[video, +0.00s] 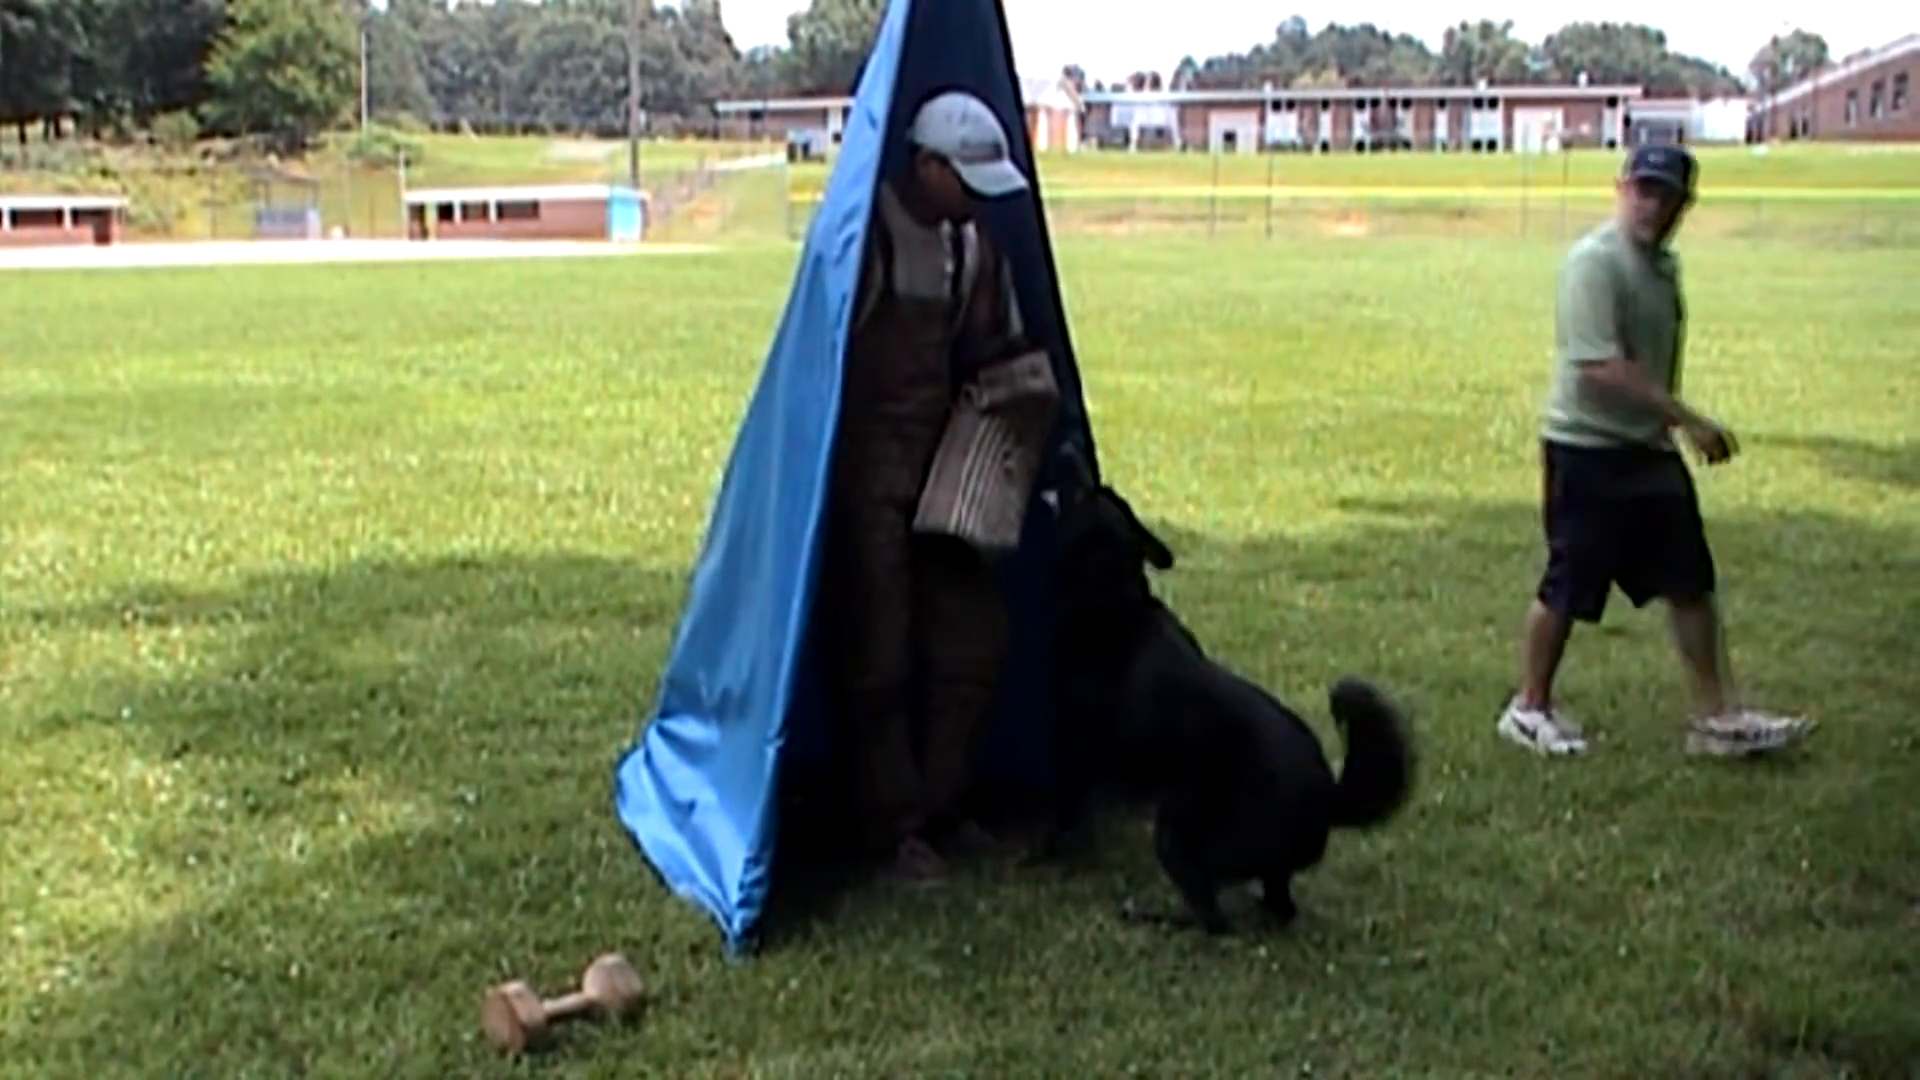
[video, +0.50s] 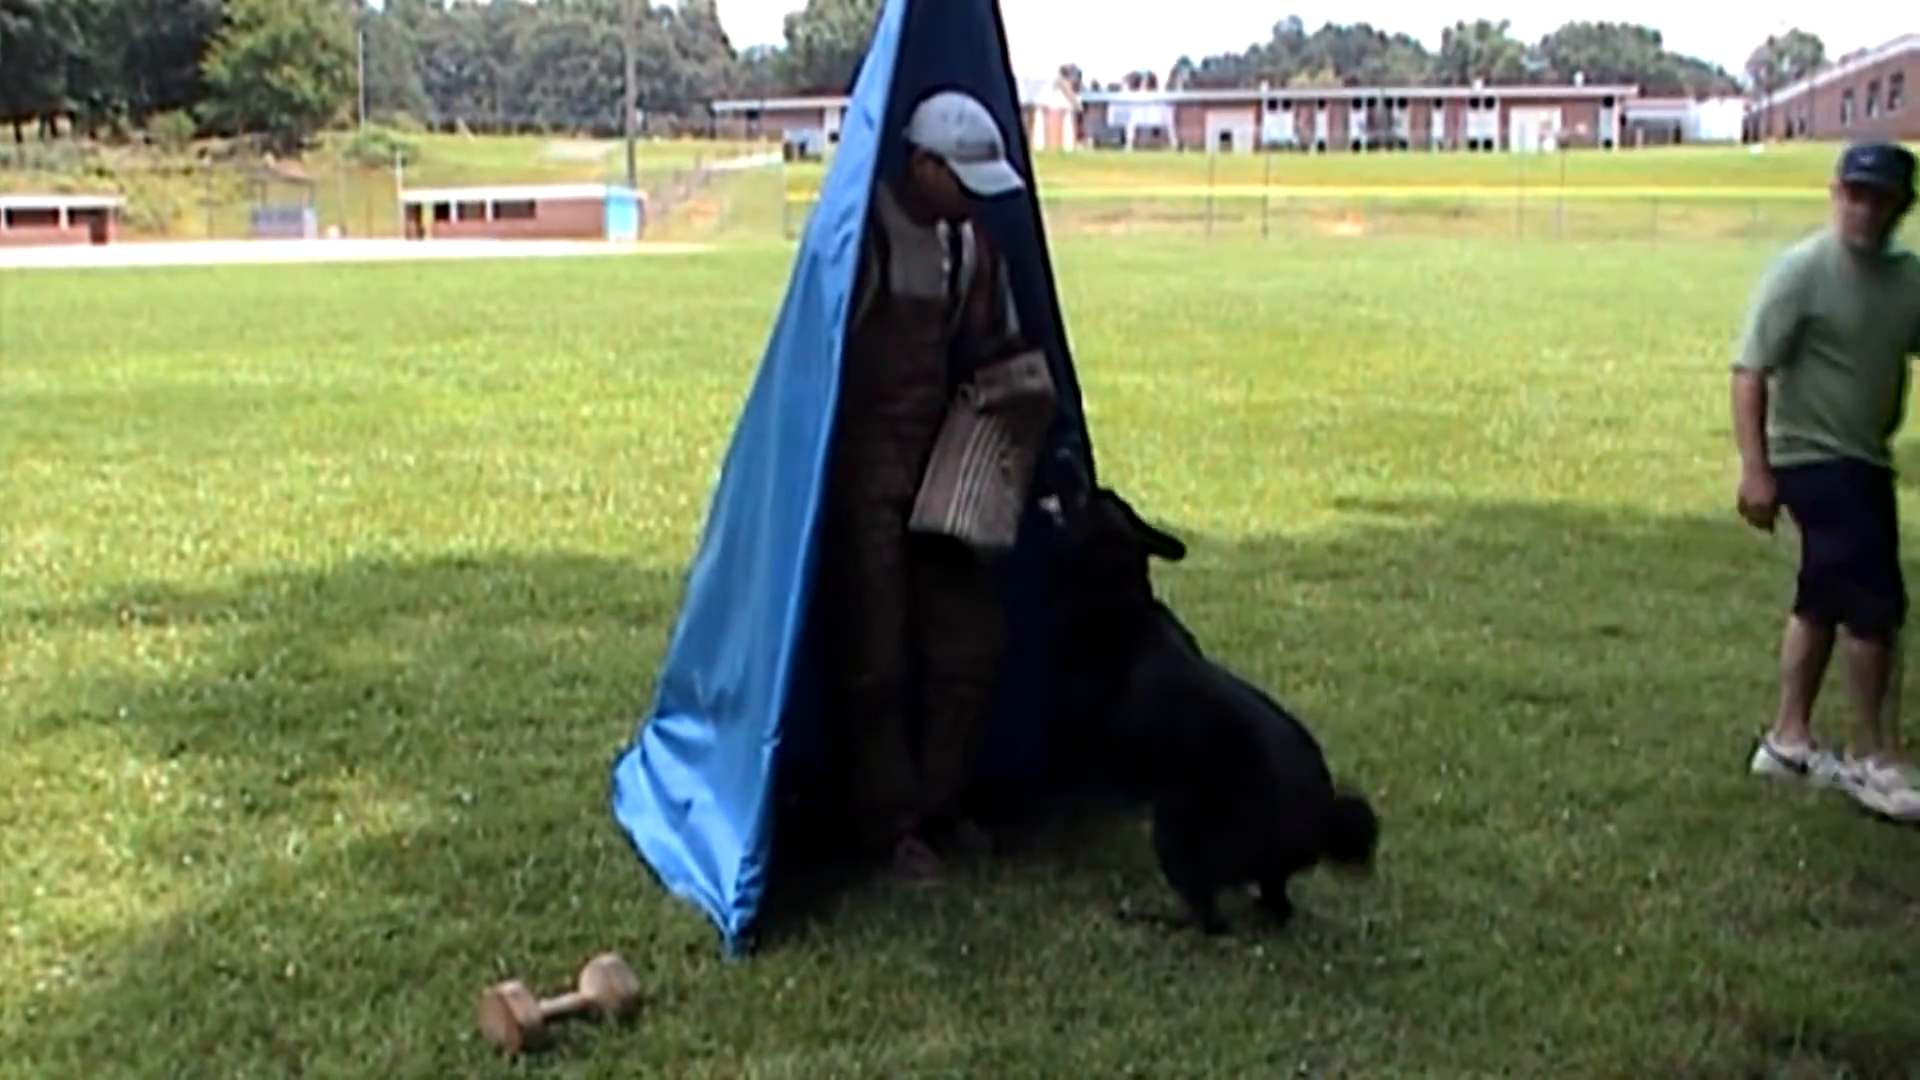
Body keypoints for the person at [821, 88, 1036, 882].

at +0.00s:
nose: (973, 200)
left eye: (981, 186)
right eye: (964, 183)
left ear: (976, 175)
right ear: (923, 165)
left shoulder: (978, 248)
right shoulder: (860, 243)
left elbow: (1002, 359)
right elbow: (820, 366)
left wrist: (1022, 384)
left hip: (957, 482)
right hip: (870, 483)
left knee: (966, 644)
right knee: (883, 656)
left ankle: (946, 811)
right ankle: (894, 829)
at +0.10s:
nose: (973, 200)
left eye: (981, 186)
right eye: (964, 183)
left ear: (976, 175)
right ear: (923, 164)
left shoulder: (978, 248)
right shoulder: (859, 243)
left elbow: (1004, 359)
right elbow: (819, 366)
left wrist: (1021, 384)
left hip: (957, 484)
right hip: (869, 485)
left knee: (966, 645)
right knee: (882, 658)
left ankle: (948, 811)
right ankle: (894, 829)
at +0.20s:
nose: (972, 199)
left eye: (979, 185)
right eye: (963, 182)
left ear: (973, 174)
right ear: (922, 164)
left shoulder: (977, 249)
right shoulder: (859, 243)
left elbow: (1005, 359)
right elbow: (818, 364)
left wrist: (1021, 383)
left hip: (956, 484)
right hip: (868, 484)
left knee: (965, 645)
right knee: (881, 657)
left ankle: (947, 810)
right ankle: (893, 828)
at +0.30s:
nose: (972, 199)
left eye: (979, 186)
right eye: (963, 183)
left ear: (974, 175)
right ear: (921, 164)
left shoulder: (977, 249)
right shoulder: (858, 244)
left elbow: (1005, 359)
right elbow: (818, 364)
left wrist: (1023, 392)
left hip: (956, 482)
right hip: (868, 483)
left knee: (965, 645)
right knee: (882, 656)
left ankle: (946, 811)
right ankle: (895, 828)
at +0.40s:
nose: (970, 199)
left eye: (977, 186)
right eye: (962, 182)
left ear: (972, 174)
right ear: (920, 164)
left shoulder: (975, 248)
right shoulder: (857, 242)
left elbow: (1000, 357)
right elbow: (817, 364)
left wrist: (1019, 390)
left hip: (955, 479)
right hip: (867, 480)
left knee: (962, 643)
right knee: (880, 655)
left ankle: (945, 812)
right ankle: (892, 829)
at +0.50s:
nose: (970, 199)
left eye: (977, 185)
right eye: (961, 182)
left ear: (971, 174)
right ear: (919, 163)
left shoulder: (974, 247)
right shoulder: (857, 242)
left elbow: (999, 358)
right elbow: (817, 364)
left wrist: (1019, 387)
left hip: (954, 480)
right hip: (866, 481)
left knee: (962, 642)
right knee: (879, 654)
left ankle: (944, 809)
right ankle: (892, 828)